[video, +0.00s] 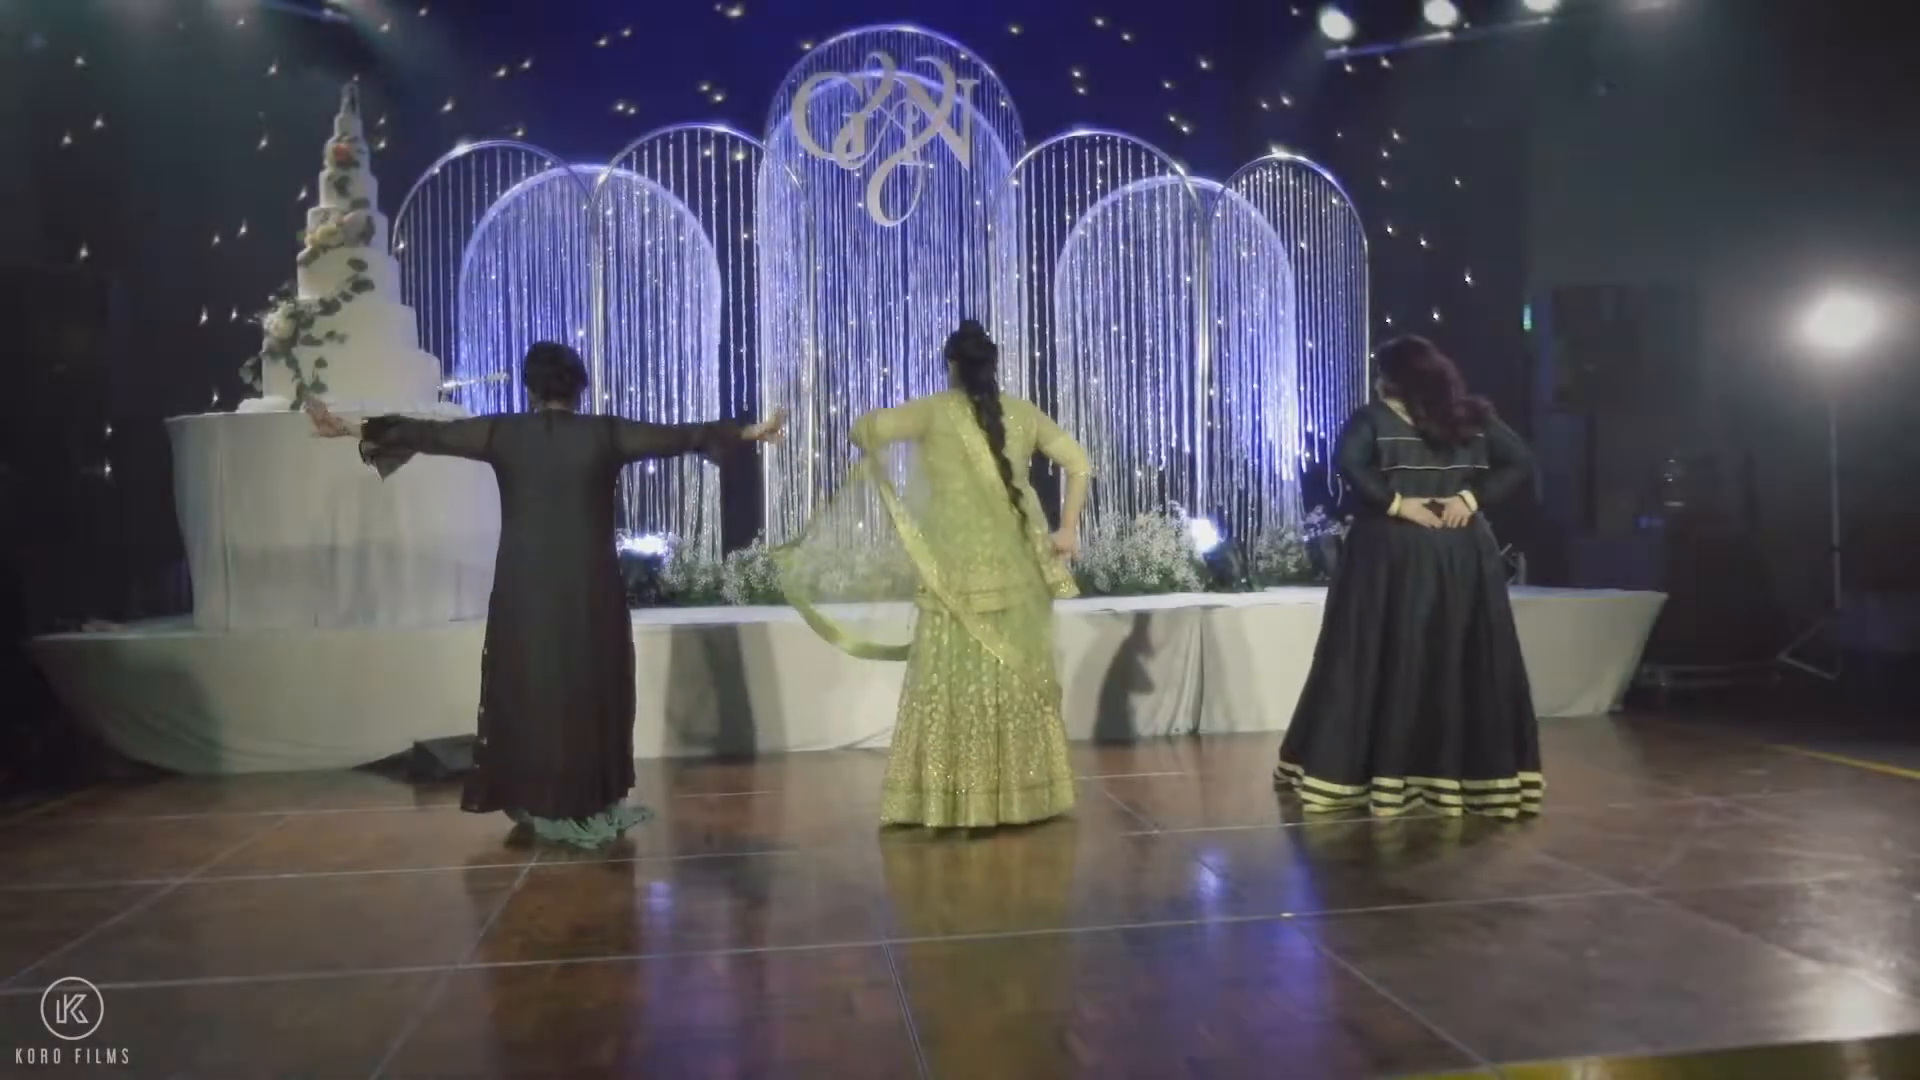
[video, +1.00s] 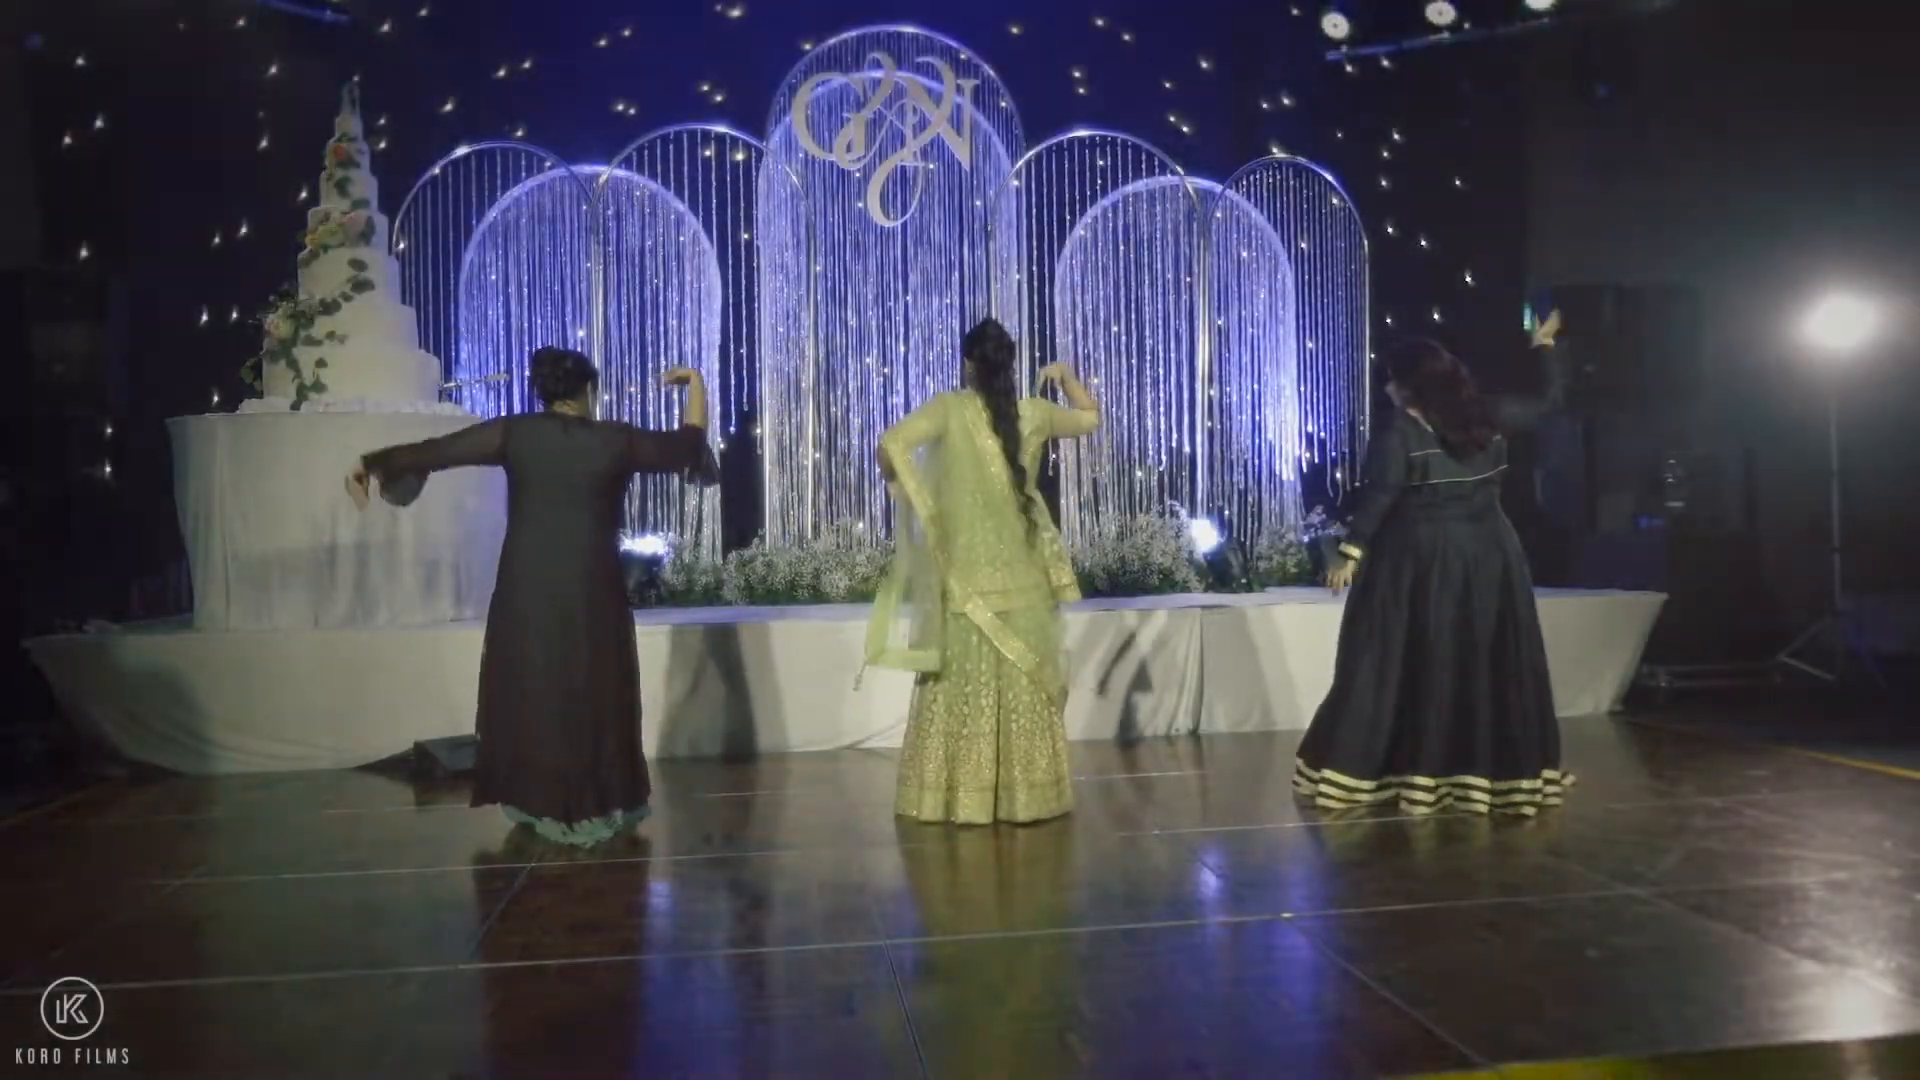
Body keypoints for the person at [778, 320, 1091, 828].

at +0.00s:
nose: (950, 369)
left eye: (949, 362)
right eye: (959, 361)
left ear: (950, 366)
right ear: (993, 365)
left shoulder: (934, 411)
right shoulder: (1022, 414)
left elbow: (868, 428)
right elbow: (1079, 464)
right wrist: (1069, 529)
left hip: (956, 580)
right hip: (1019, 578)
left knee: (955, 694)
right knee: (1019, 688)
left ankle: (959, 802)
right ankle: (1022, 800)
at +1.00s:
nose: (963, 366)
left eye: (964, 359)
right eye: (976, 359)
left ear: (967, 363)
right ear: (1010, 363)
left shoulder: (948, 407)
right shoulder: (1033, 414)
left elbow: (890, 445)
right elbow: (1090, 418)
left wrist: (922, 508)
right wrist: (1067, 375)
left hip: (964, 571)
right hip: (1023, 571)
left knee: (964, 689)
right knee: (1025, 686)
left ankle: (964, 797)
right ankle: (1024, 798)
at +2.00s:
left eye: (968, 355)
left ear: (963, 363)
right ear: (1004, 363)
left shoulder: (941, 409)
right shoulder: (1025, 407)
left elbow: (907, 376)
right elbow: (1041, 374)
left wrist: (951, 334)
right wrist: (1003, 343)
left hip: (963, 563)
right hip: (1022, 562)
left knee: (959, 685)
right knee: (1024, 682)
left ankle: (961, 795)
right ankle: (1027, 795)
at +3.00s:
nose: (954, 368)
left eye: (954, 361)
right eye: (959, 360)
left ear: (960, 363)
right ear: (998, 360)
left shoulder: (946, 409)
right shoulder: (1028, 412)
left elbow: (895, 456)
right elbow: (1088, 448)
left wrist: (837, 431)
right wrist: (1128, 442)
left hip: (966, 576)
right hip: (1027, 574)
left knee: (966, 691)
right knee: (1030, 686)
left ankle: (969, 797)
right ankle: (1032, 795)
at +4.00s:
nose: (928, 373)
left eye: (933, 365)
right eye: (929, 365)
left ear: (954, 367)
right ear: (964, 367)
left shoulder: (955, 409)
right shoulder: (976, 409)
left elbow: (950, 465)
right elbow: (962, 469)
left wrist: (903, 463)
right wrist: (914, 463)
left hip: (967, 567)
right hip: (990, 564)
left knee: (969, 676)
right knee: (993, 676)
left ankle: (972, 792)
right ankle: (1001, 791)